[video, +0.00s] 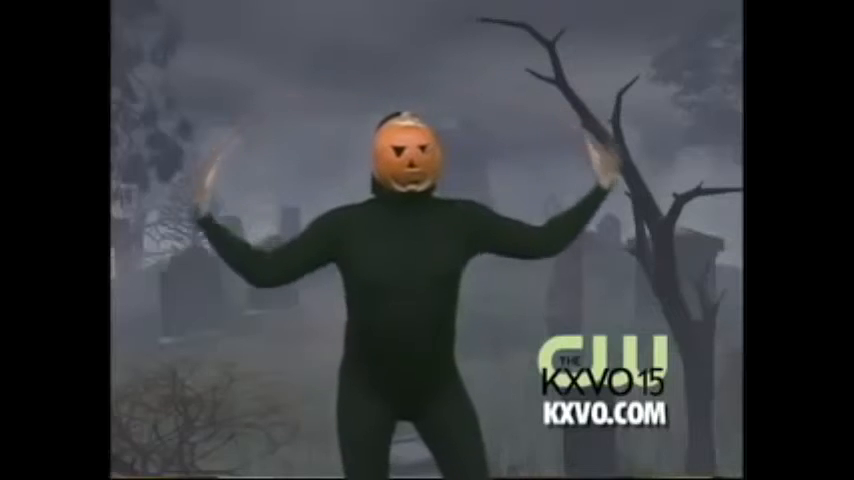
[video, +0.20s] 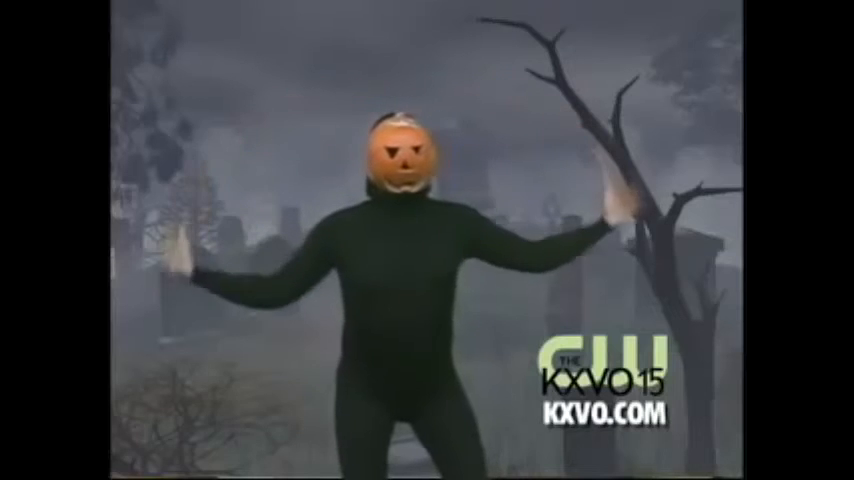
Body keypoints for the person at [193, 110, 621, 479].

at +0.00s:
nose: (411, 157)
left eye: (422, 148)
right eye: (397, 149)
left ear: (439, 161)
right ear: (375, 163)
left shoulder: (463, 220)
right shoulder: (344, 226)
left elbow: (543, 241)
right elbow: (266, 271)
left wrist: (603, 184)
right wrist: (206, 216)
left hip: (438, 386)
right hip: (365, 388)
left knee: (472, 473)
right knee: (364, 476)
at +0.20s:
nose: (404, 155)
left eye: (415, 147)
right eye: (391, 148)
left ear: (431, 162)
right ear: (371, 164)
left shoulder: (457, 224)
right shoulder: (341, 229)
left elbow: (534, 256)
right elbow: (278, 291)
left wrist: (607, 220)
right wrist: (196, 272)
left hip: (435, 387)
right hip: (363, 389)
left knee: (470, 472)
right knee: (361, 476)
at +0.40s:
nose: (397, 154)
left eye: (408, 147)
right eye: (384, 148)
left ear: (424, 163)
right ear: (366, 164)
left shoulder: (449, 224)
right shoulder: (337, 232)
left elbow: (518, 266)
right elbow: (283, 306)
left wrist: (595, 256)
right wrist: (205, 325)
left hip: (433, 388)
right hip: (361, 392)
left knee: (467, 472)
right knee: (361, 476)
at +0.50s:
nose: (394, 158)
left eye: (405, 148)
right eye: (381, 151)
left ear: (422, 161)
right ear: (362, 164)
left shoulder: (446, 223)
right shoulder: (333, 235)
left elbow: (508, 277)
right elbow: (291, 315)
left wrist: (581, 282)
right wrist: (227, 364)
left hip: (432, 387)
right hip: (361, 392)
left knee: (462, 472)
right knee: (360, 475)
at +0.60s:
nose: (394, 160)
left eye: (405, 149)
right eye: (380, 150)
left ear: (421, 157)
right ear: (358, 161)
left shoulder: (439, 215)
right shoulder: (338, 231)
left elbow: (473, 275)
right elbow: (319, 324)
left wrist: (509, 319)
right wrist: (300, 391)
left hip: (432, 384)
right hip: (364, 389)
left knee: (449, 472)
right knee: (364, 473)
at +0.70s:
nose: (395, 148)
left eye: (405, 137)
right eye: (380, 140)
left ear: (419, 147)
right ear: (356, 152)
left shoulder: (435, 210)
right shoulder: (343, 224)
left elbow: (439, 289)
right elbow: (352, 307)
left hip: (432, 363)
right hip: (367, 367)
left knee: (451, 466)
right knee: (369, 466)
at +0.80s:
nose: (397, 136)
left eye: (407, 126)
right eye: (381, 129)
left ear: (420, 138)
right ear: (358, 146)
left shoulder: (432, 200)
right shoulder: (346, 218)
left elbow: (423, 270)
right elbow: (356, 309)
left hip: (427, 344)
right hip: (365, 355)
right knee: (377, 467)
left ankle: (456, 473)